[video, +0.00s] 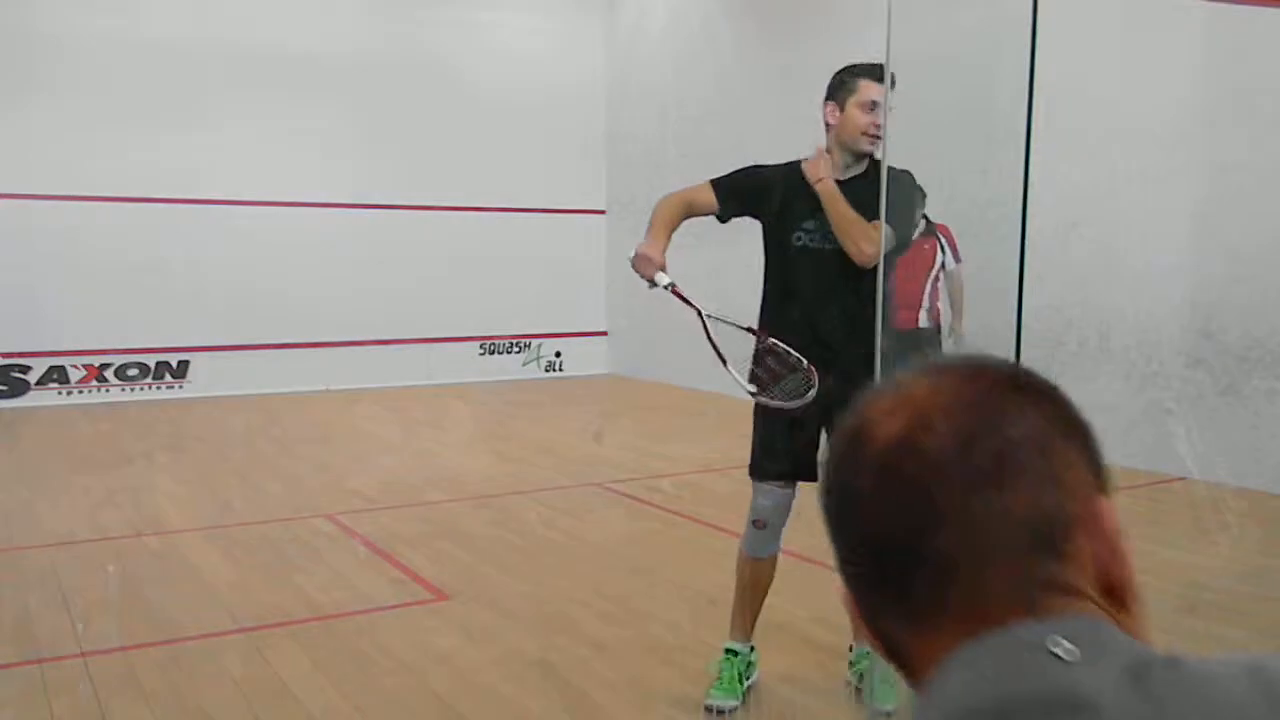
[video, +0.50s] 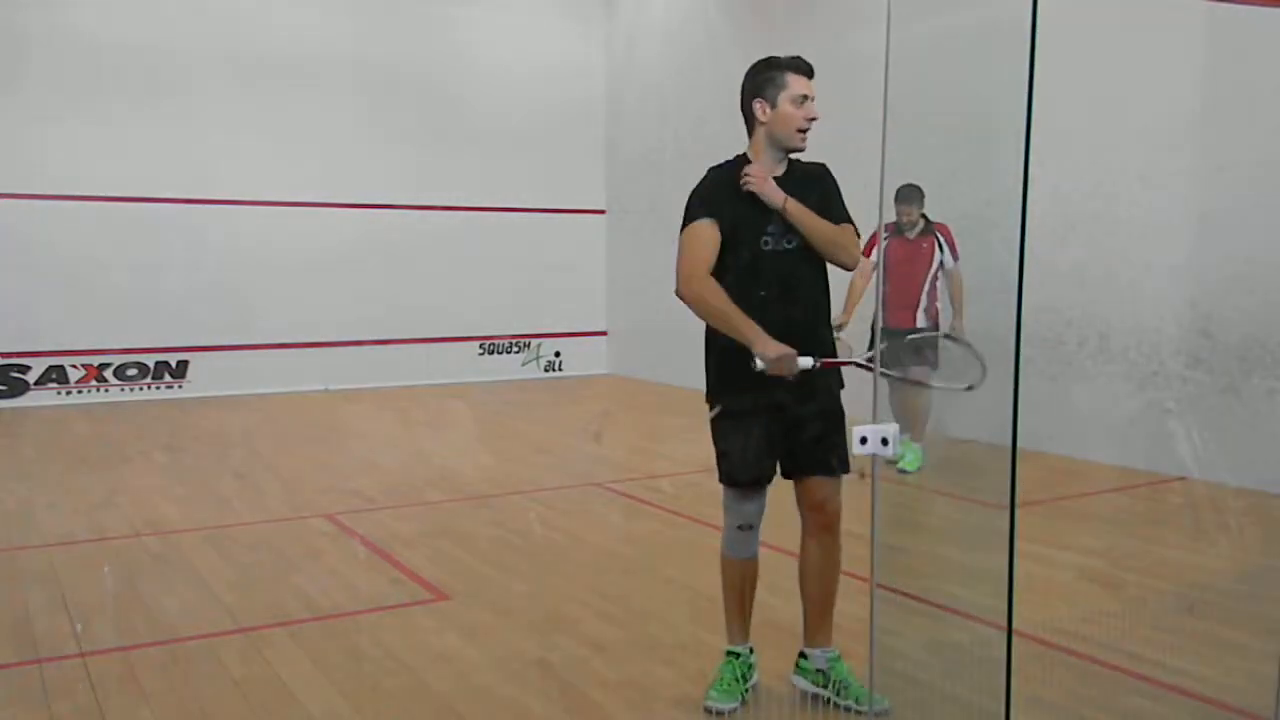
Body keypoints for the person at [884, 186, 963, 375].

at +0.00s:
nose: (911, 215)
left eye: (915, 208)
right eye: (906, 209)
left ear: (922, 207)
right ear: (897, 209)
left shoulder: (939, 235)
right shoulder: (888, 235)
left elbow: (953, 280)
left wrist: (956, 324)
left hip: (924, 332)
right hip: (890, 331)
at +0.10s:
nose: (908, 221)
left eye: (913, 215)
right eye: (903, 216)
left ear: (923, 211)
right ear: (895, 213)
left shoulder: (940, 236)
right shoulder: (888, 237)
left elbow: (952, 279)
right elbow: (871, 274)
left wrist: (955, 321)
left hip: (922, 325)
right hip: (891, 324)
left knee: (918, 384)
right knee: (897, 384)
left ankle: (916, 443)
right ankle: (903, 438)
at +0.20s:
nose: (906, 219)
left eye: (911, 214)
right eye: (902, 214)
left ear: (923, 211)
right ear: (896, 209)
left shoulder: (940, 235)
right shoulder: (885, 234)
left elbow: (952, 278)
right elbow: (865, 274)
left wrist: (955, 320)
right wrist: (850, 308)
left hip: (922, 326)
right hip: (890, 325)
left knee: (917, 383)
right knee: (897, 384)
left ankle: (916, 443)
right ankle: (904, 437)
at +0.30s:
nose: (906, 219)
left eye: (911, 214)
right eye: (902, 213)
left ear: (923, 210)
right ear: (896, 210)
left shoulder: (940, 235)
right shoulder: (882, 234)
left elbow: (954, 277)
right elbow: (863, 270)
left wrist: (956, 319)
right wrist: (851, 305)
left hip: (923, 327)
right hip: (891, 326)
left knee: (918, 382)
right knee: (895, 382)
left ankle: (916, 443)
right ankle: (904, 438)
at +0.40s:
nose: (905, 219)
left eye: (910, 214)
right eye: (901, 214)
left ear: (922, 209)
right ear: (895, 210)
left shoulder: (939, 235)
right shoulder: (882, 234)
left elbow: (954, 277)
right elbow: (863, 270)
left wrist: (957, 319)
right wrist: (852, 307)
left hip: (924, 328)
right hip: (890, 327)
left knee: (919, 384)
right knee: (897, 386)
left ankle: (916, 444)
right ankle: (904, 439)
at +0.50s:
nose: (905, 219)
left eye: (910, 214)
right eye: (900, 214)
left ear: (922, 210)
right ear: (894, 210)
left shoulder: (940, 235)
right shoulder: (882, 235)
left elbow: (953, 276)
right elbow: (862, 272)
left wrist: (958, 318)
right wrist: (846, 313)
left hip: (923, 328)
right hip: (888, 327)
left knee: (918, 385)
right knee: (895, 385)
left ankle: (916, 444)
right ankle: (903, 438)